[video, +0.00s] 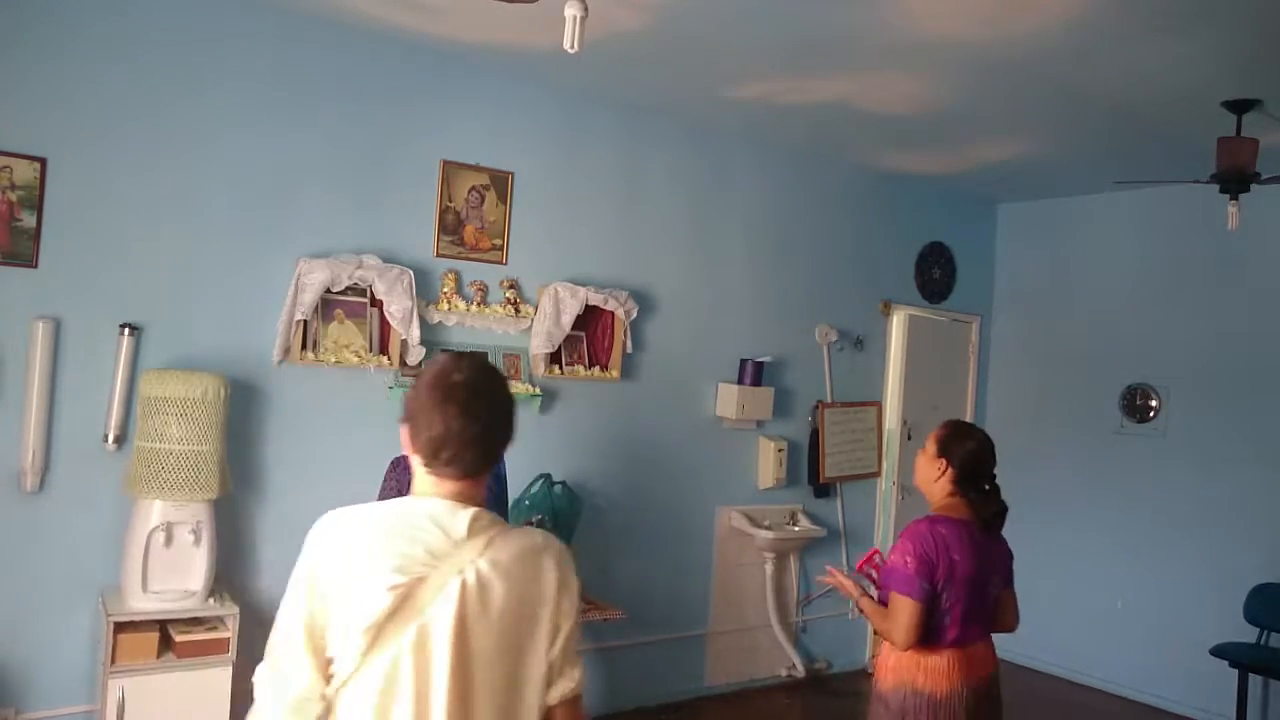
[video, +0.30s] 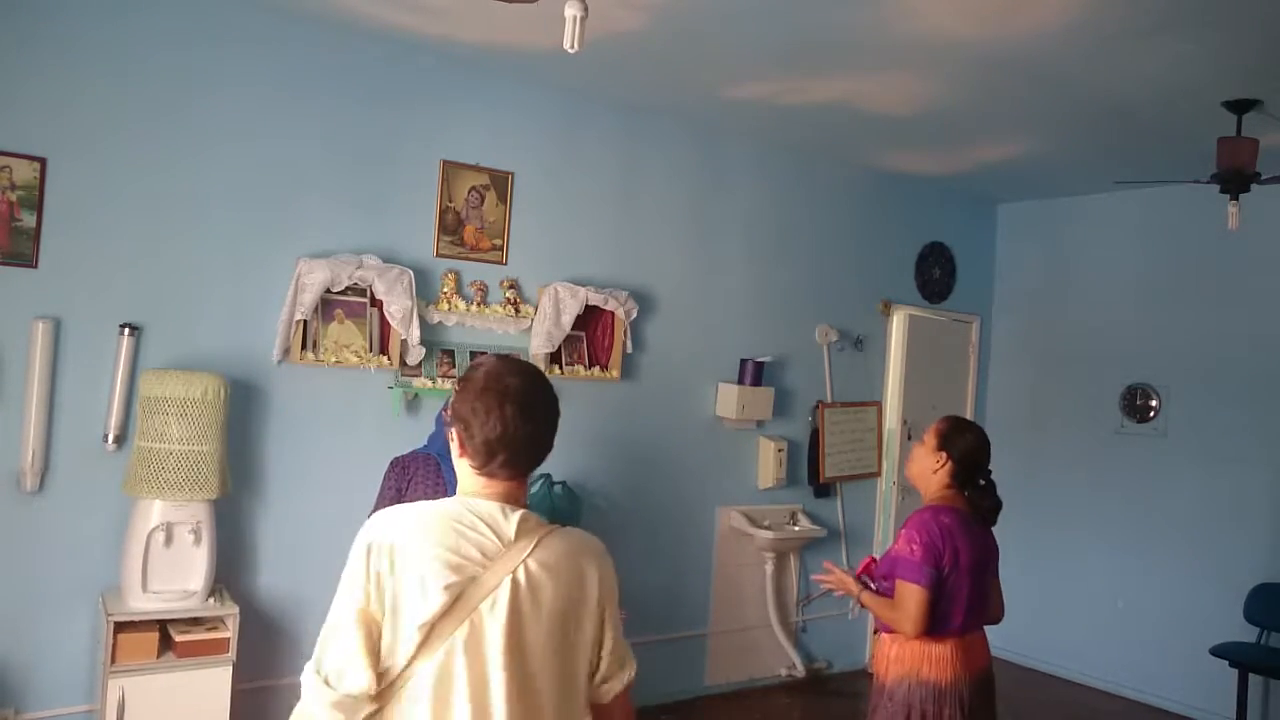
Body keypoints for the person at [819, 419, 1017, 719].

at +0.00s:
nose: (917, 458)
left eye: (923, 451)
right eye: (921, 450)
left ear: (942, 467)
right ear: (979, 472)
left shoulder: (921, 536)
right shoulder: (993, 538)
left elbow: (901, 634)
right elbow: (1006, 619)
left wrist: (858, 596)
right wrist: (951, 614)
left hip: (919, 677)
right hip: (977, 670)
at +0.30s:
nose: (912, 448)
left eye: (922, 442)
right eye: (919, 440)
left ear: (940, 461)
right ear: (945, 463)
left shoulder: (922, 526)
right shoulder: (977, 524)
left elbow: (909, 622)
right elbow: (993, 611)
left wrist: (858, 592)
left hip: (919, 667)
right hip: (970, 661)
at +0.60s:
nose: (908, 452)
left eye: (919, 446)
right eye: (915, 444)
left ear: (939, 463)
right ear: (942, 464)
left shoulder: (923, 529)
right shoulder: (974, 526)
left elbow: (913, 627)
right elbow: (987, 616)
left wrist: (860, 596)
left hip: (914, 668)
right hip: (964, 660)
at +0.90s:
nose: (903, 451)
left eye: (913, 444)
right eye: (909, 444)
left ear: (934, 461)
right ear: (937, 461)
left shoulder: (916, 527)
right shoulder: (973, 526)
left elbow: (904, 624)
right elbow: (990, 617)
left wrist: (853, 595)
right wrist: (925, 606)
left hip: (912, 671)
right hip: (965, 664)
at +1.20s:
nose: (898, 462)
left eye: (905, 453)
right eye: (902, 452)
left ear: (928, 468)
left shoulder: (899, 534)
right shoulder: (985, 542)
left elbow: (876, 635)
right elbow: (1006, 638)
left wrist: (842, 603)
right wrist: (946, 630)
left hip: (902, 687)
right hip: (968, 684)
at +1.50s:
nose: (897, 464)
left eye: (903, 456)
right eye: (901, 455)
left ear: (923, 471)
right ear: (964, 475)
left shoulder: (887, 539)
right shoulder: (996, 548)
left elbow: (864, 644)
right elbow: (1026, 646)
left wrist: (841, 608)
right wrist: (960, 638)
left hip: (898, 694)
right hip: (974, 693)